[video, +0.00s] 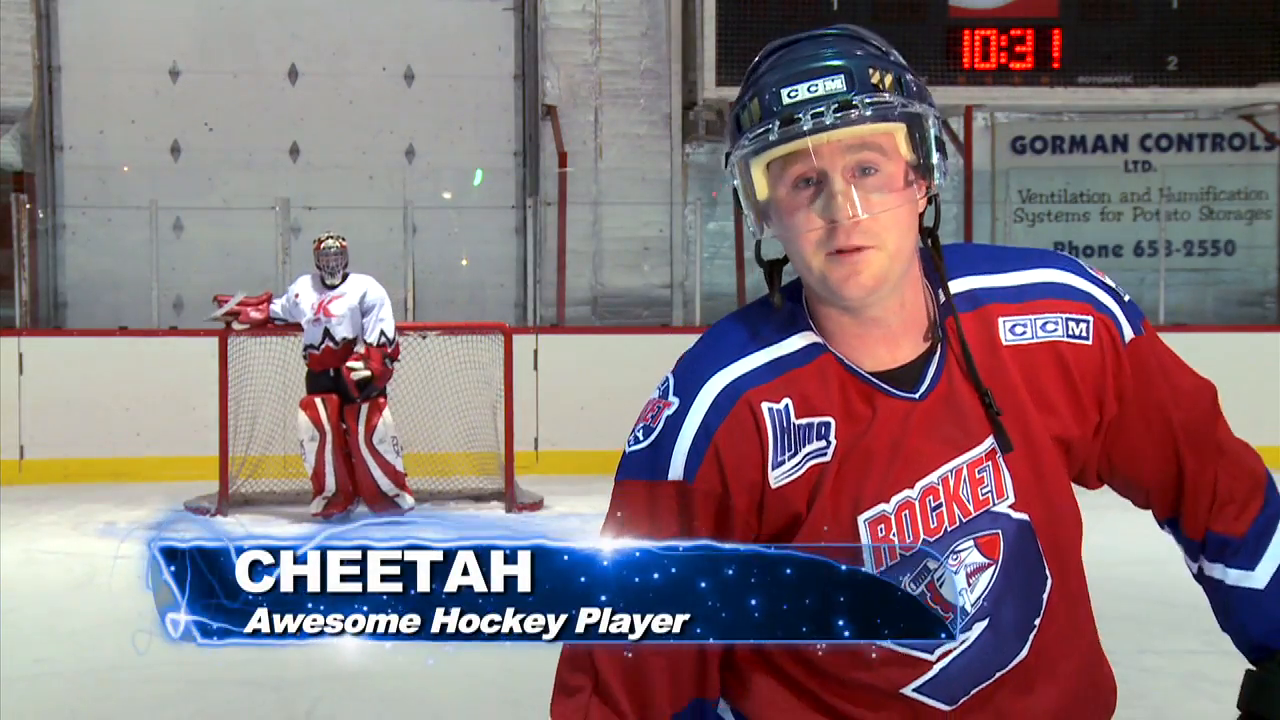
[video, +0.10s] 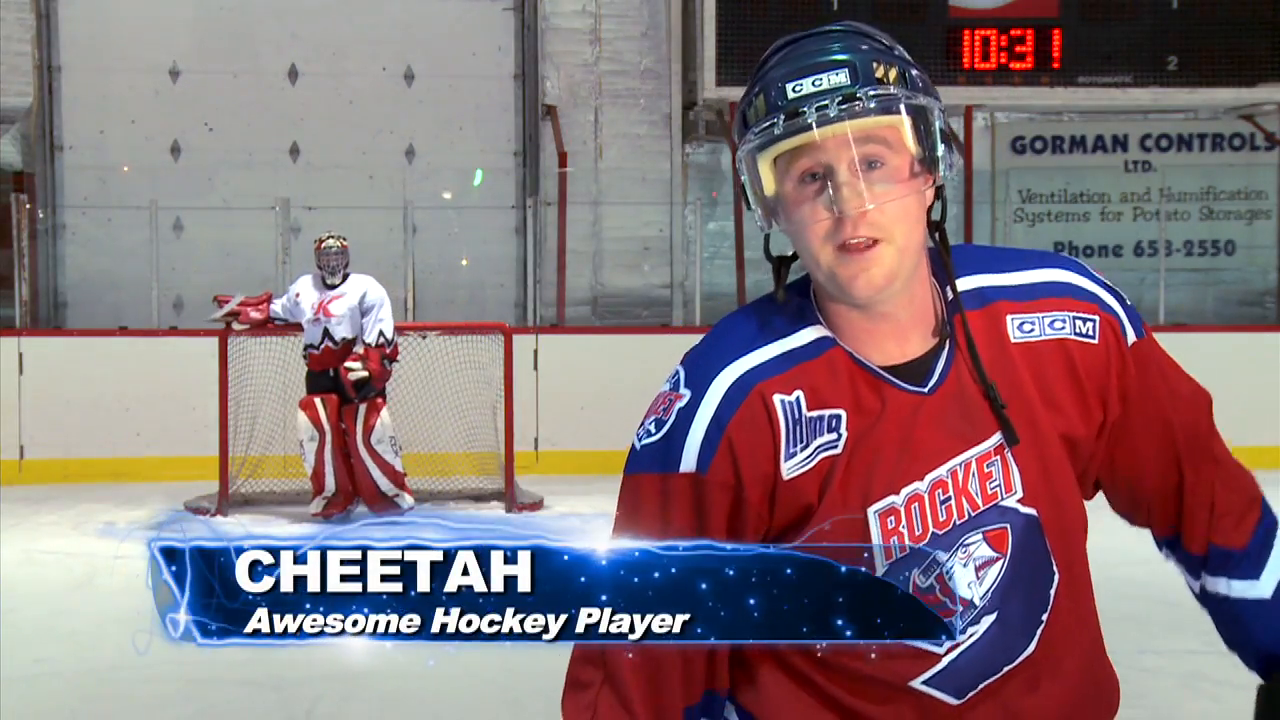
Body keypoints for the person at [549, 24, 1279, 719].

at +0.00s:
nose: (840, 209)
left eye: (868, 171)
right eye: (805, 183)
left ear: (921, 185)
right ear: (771, 216)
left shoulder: (1063, 316)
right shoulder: (710, 413)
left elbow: (1229, 501)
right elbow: (621, 684)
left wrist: (1272, 648)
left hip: (1056, 702)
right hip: (821, 711)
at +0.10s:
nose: (849, 204)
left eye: (875, 165)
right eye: (813, 180)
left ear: (928, 178)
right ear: (780, 215)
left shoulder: (1067, 317)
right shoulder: (717, 412)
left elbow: (1220, 513)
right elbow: (633, 679)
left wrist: (1279, 654)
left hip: (1064, 701)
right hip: (829, 708)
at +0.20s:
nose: (854, 190)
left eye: (882, 154)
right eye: (818, 167)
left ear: (936, 169)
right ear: (784, 205)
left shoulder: (1069, 316)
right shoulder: (727, 396)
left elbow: (1205, 547)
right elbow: (642, 668)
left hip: (1067, 702)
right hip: (831, 708)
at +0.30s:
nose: (868, 183)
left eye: (894, 147)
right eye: (832, 158)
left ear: (945, 168)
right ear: (796, 192)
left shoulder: (1073, 317)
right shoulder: (736, 383)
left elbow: (1206, 565)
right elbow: (646, 655)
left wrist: (1278, 691)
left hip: (1070, 704)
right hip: (831, 708)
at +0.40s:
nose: (879, 174)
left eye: (906, 140)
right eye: (843, 150)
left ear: (954, 164)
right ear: (806, 185)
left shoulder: (1081, 320)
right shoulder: (738, 374)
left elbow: (1209, 564)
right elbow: (640, 643)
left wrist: (1274, 692)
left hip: (1070, 704)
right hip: (828, 709)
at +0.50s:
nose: (884, 174)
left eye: (911, 140)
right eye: (849, 151)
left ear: (961, 163)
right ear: (810, 186)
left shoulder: (1084, 327)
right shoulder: (740, 368)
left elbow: (1208, 578)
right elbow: (633, 652)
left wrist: (1264, 701)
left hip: (1062, 707)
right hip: (819, 713)